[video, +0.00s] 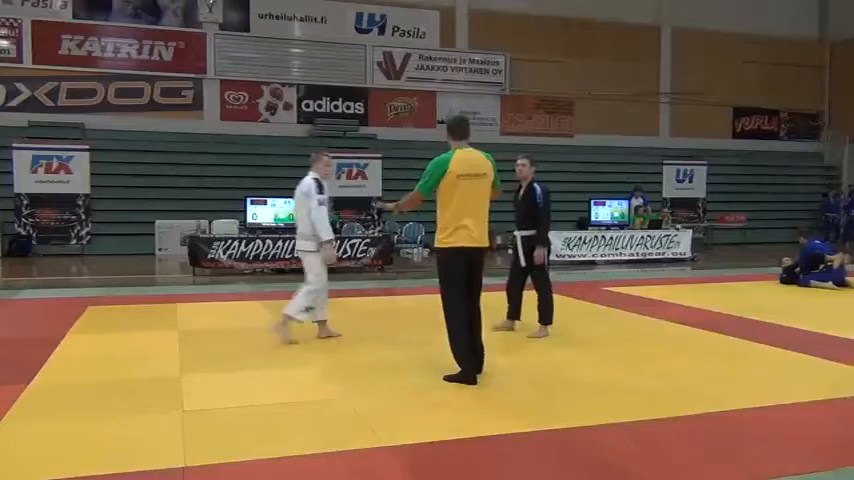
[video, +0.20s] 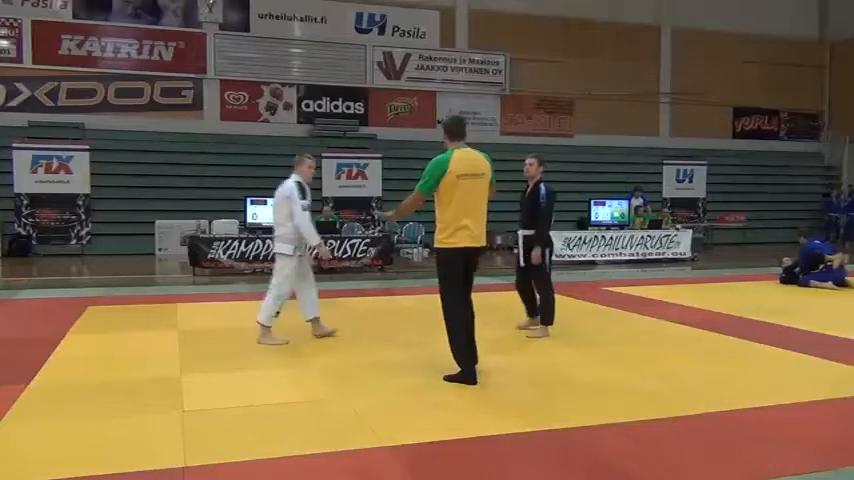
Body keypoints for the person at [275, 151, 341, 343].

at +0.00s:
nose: (330, 169)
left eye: (330, 166)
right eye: (327, 165)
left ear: (318, 165)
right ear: (317, 165)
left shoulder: (307, 183)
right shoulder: (314, 184)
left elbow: (312, 214)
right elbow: (318, 214)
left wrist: (325, 240)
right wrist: (328, 241)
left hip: (311, 243)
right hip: (310, 244)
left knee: (320, 283)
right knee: (316, 283)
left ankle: (322, 325)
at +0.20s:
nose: (313, 172)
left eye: (313, 168)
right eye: (310, 168)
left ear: (299, 168)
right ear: (299, 167)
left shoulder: (288, 186)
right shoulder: (296, 187)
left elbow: (288, 221)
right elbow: (302, 219)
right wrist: (319, 244)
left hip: (295, 248)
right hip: (288, 248)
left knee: (306, 284)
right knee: (280, 287)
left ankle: (316, 324)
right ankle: (264, 331)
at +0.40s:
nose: (297, 168)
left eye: (298, 164)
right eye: (294, 163)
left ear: (283, 164)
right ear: (282, 163)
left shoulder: (273, 181)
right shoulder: (280, 182)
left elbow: (277, 215)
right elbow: (280, 216)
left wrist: (291, 240)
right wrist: (292, 242)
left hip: (274, 243)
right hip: (272, 243)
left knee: (282, 283)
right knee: (272, 284)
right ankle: (263, 330)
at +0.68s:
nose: (274, 169)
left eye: (275, 165)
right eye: (272, 164)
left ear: (260, 165)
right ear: (261, 164)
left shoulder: (249, 182)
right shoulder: (257, 183)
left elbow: (245, 215)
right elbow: (254, 213)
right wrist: (257, 244)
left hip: (241, 245)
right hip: (254, 245)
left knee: (238, 285)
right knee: (264, 287)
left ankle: (218, 328)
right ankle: (263, 333)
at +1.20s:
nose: (251, 168)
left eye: (251, 164)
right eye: (248, 163)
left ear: (238, 164)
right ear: (236, 164)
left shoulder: (233, 182)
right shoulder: (231, 181)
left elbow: (229, 215)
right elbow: (228, 215)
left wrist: (236, 242)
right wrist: (236, 243)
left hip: (225, 243)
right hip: (221, 243)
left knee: (225, 285)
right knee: (221, 285)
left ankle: (215, 330)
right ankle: (203, 332)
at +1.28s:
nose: (249, 167)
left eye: (249, 164)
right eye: (246, 163)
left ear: (237, 164)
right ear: (235, 163)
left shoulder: (234, 183)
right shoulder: (226, 181)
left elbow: (229, 216)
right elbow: (224, 215)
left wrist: (234, 242)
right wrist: (233, 243)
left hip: (225, 245)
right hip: (217, 245)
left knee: (226, 286)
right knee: (216, 286)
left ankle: (215, 331)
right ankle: (200, 335)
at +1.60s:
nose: (239, 168)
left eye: (240, 164)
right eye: (237, 163)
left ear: (227, 162)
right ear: (226, 162)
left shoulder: (225, 183)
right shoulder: (216, 181)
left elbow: (220, 215)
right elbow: (212, 214)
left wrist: (226, 242)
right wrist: (221, 244)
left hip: (221, 245)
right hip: (209, 246)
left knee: (226, 287)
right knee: (209, 289)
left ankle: (217, 332)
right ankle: (199, 338)